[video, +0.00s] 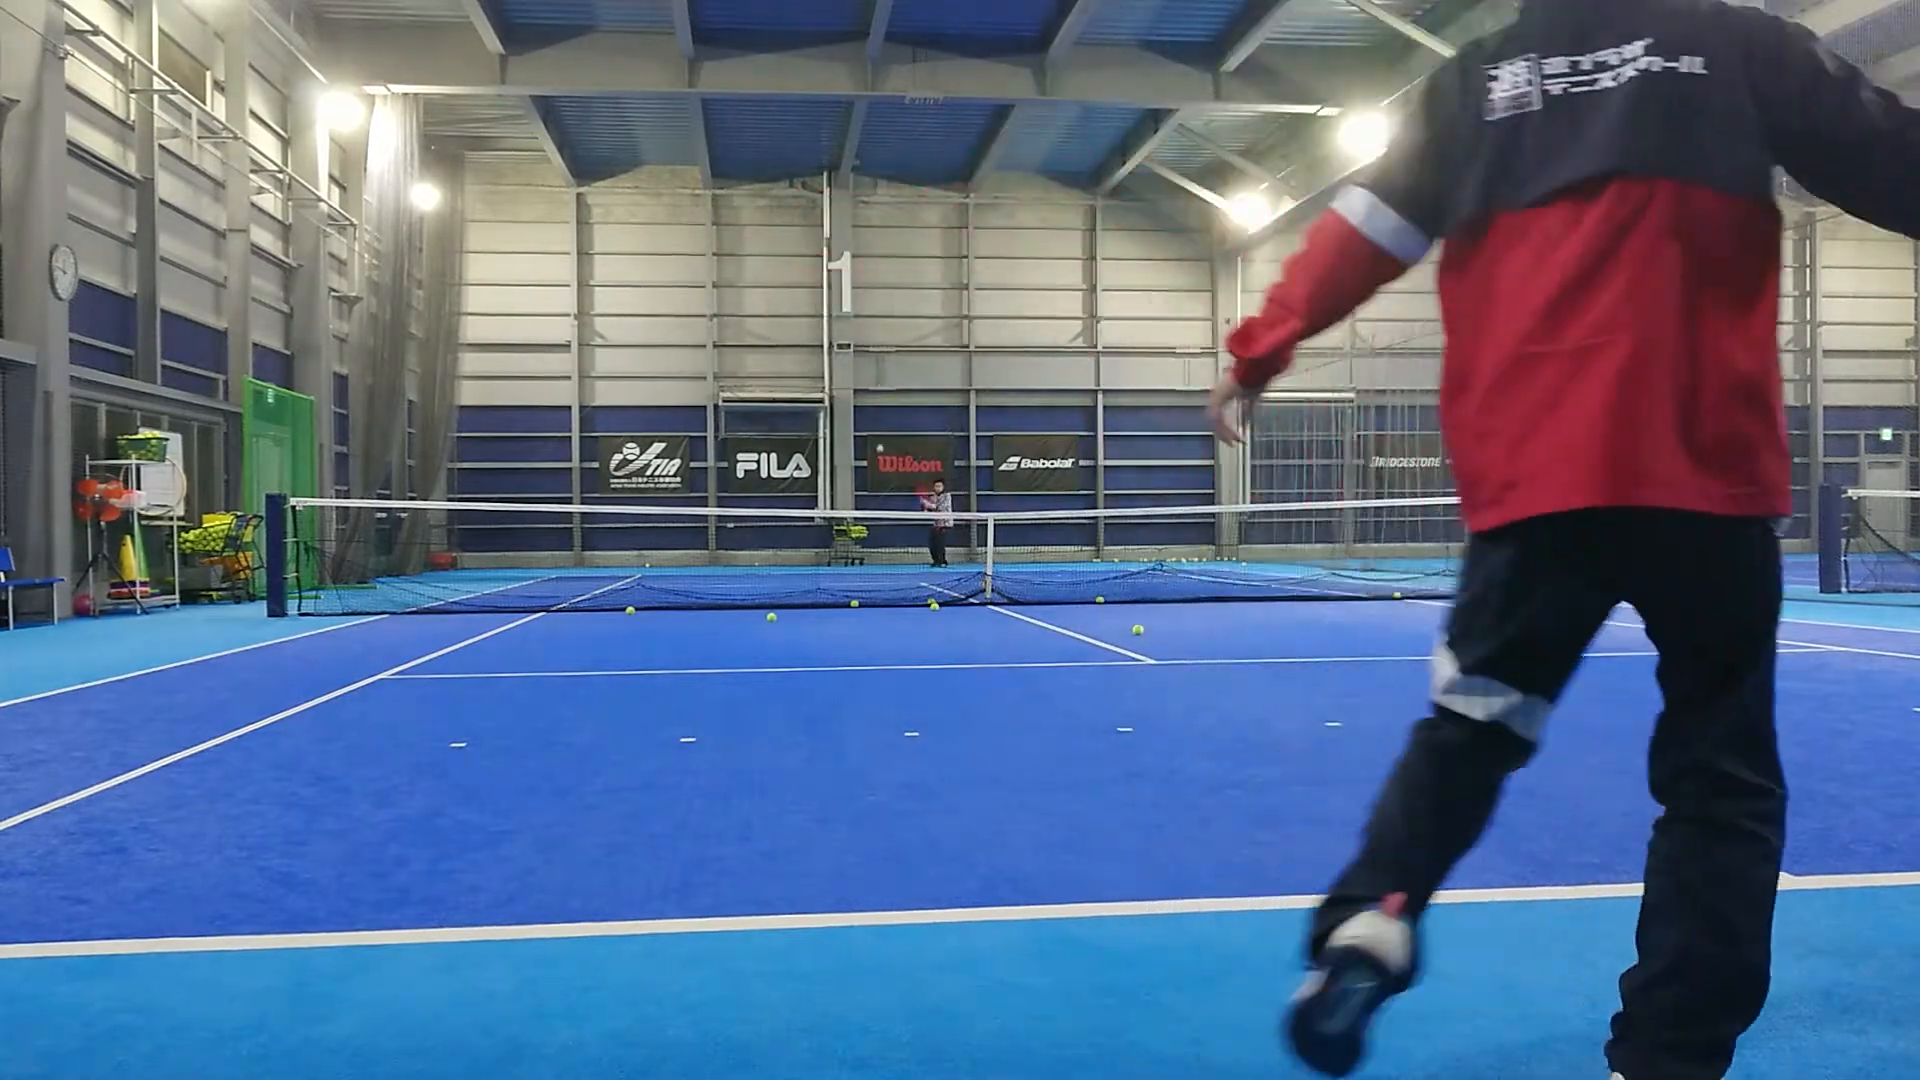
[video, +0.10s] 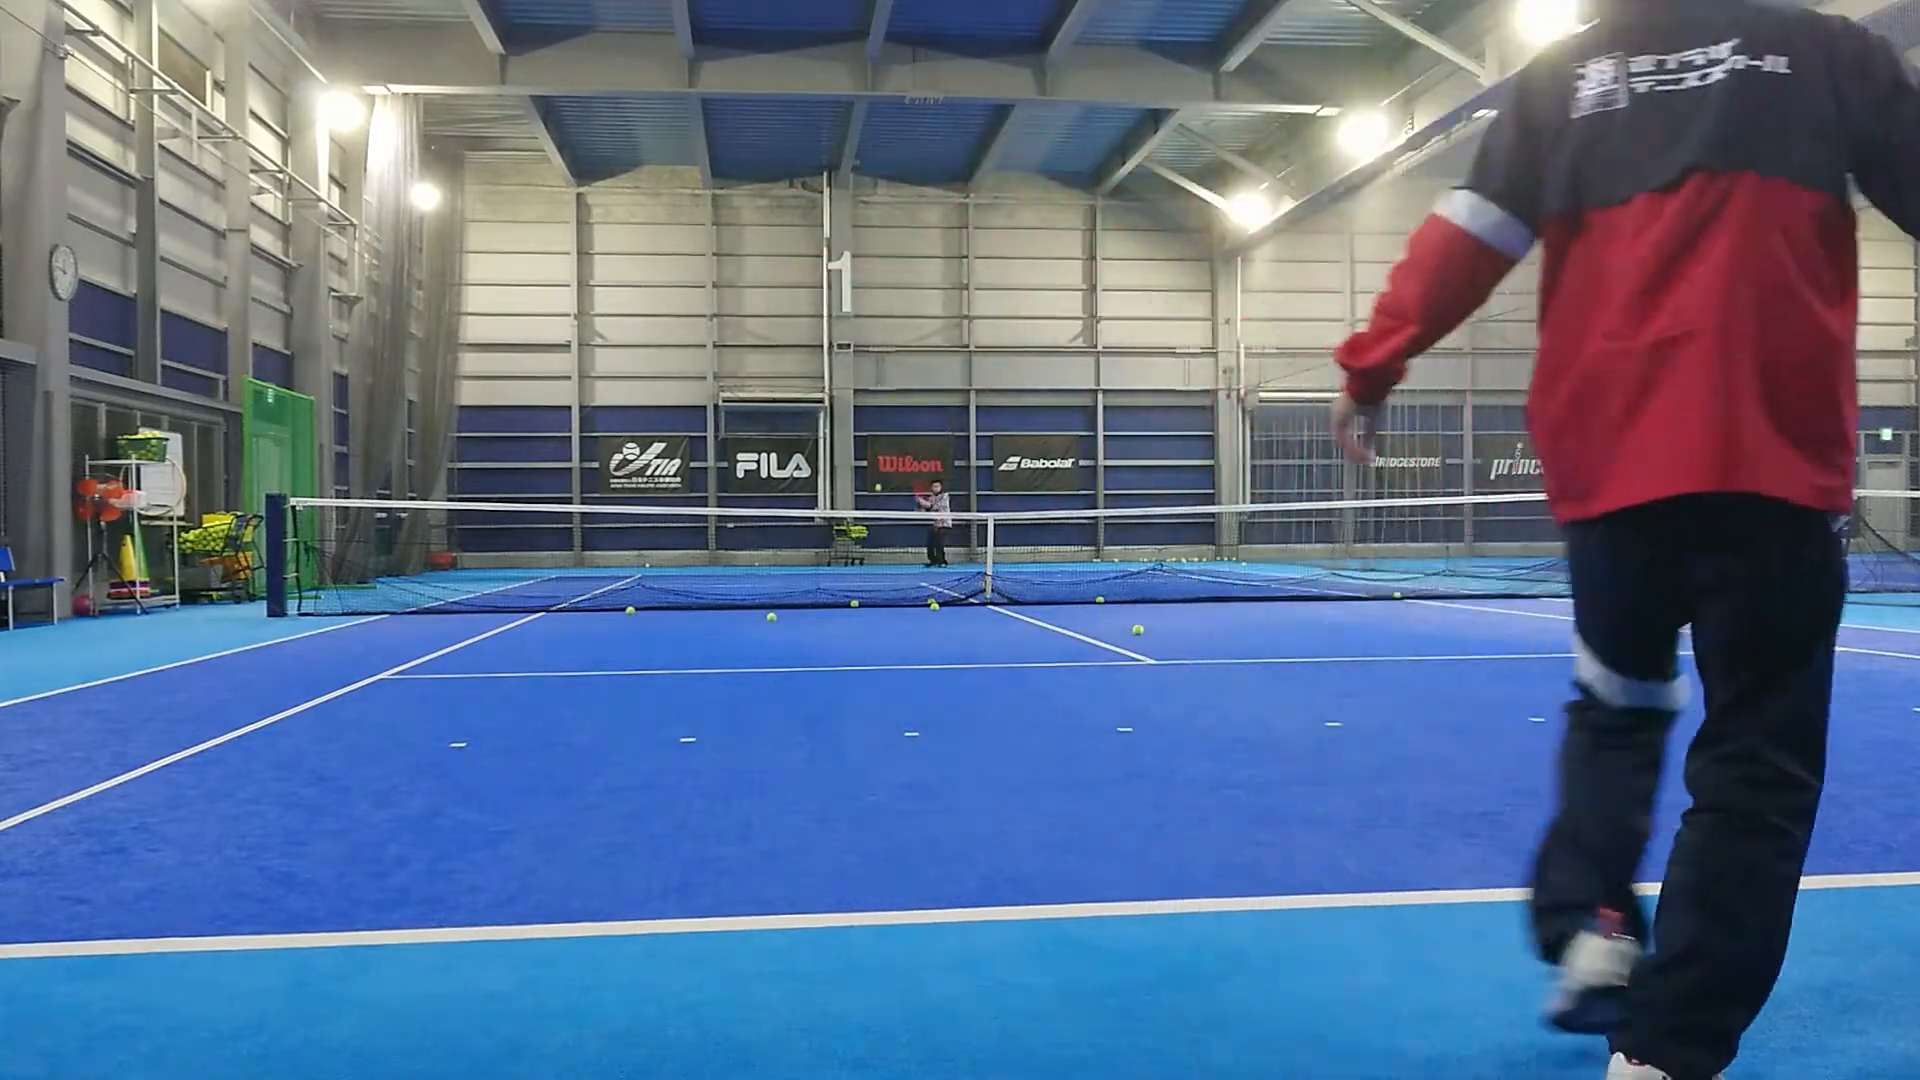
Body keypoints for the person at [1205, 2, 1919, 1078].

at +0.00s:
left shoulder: (1474, 74)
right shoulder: (1743, 41)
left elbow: (1363, 234)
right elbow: (1905, 168)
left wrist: (1255, 350)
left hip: (1533, 465)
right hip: (1711, 465)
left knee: (1476, 715)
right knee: (1721, 769)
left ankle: (1372, 916)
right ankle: (1674, 1053)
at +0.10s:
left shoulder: (1554, 83)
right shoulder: (1839, 55)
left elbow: (1454, 256)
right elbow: (1917, 196)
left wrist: (1370, 364)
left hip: (1609, 459)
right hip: (1777, 460)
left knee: (1617, 708)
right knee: (1761, 758)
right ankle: (1669, 1050)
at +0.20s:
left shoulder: (1649, 57)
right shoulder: (1901, 34)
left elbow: (1558, 235)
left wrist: (1455, 357)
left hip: (1692, 424)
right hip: (1867, 419)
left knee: (1741, 714)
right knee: (1797, 725)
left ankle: (1825, 960)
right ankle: (1690, 998)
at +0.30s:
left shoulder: (1723, 87)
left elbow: (1635, 255)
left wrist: (1524, 377)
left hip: (1773, 463)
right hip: (1905, 448)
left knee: (1848, 729)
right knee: (1907, 726)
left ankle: (1902, 971)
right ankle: (1807, 915)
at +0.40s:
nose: (1818, 14)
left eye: (1818, 9)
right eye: (1818, 12)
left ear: (1842, 2)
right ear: (1889, 2)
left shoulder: (1808, 99)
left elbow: (1707, 293)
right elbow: (1710, 290)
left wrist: (1621, 399)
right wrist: (1631, 392)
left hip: (1874, 477)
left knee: (1877, 730)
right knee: (1878, 723)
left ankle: (1912, 977)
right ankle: (1908, 971)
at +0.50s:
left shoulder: (1878, 75)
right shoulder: (1870, 78)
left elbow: (1786, 271)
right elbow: (1790, 267)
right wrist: (1787, 359)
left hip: (1909, 483)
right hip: (1900, 483)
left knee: (1891, 726)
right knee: (1889, 722)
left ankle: (1913, 973)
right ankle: (1909, 966)